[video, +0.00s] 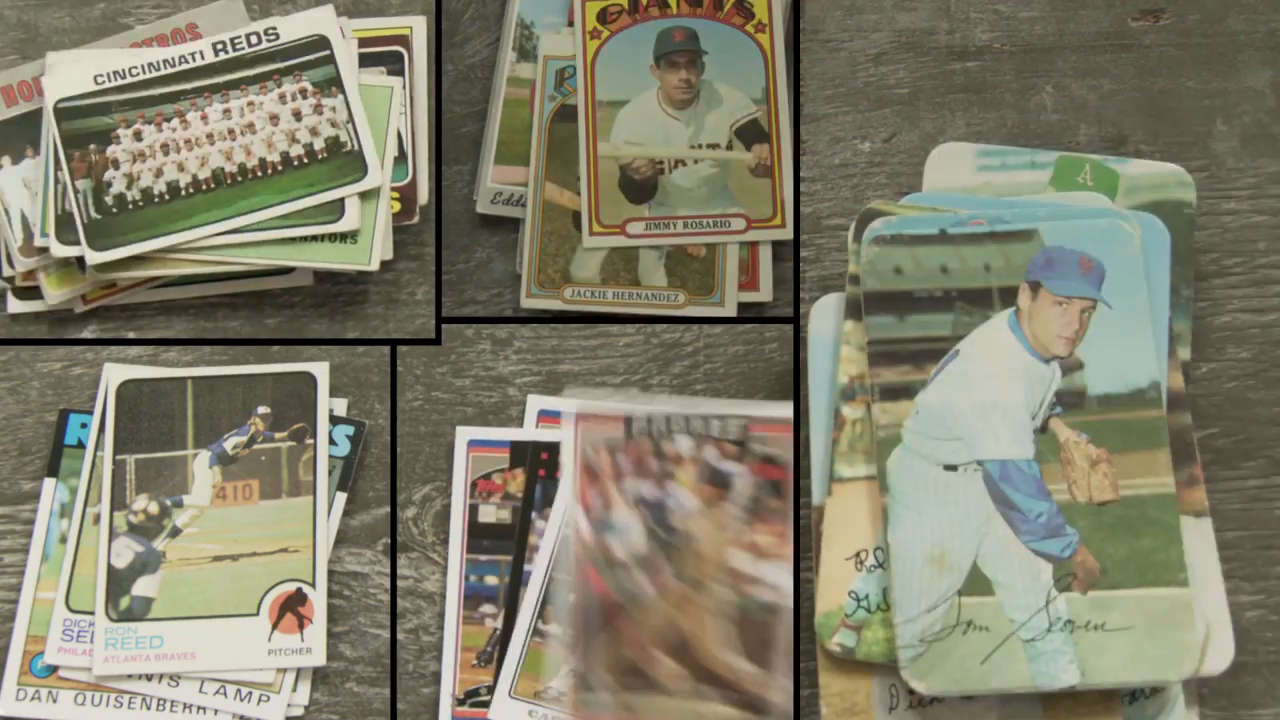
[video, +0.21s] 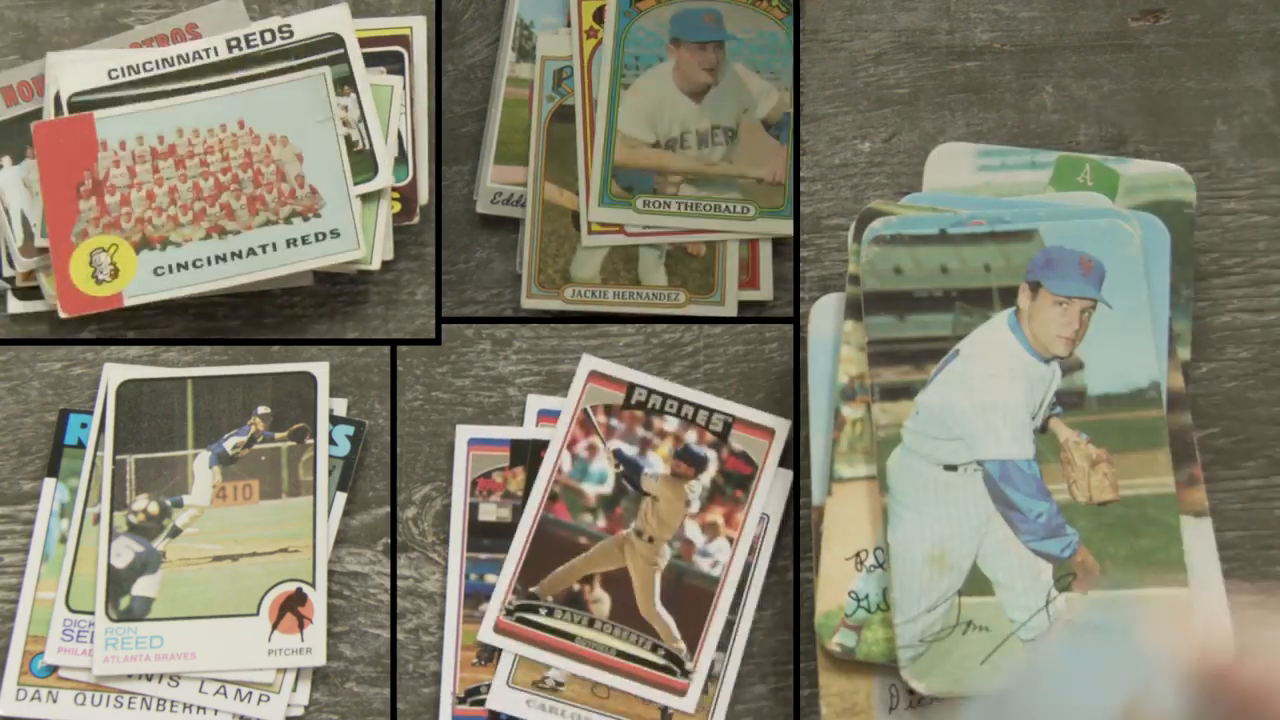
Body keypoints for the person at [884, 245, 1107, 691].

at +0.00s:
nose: (1075, 324)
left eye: (1085, 312)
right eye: (1062, 306)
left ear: (1091, 314)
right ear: (1025, 298)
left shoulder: (1041, 345)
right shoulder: (998, 371)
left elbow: (1033, 398)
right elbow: (1020, 494)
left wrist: (1064, 432)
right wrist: (1075, 553)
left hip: (992, 472)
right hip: (931, 482)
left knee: (1033, 593)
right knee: (923, 620)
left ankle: (1062, 697)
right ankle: (912, 703)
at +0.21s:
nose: (1074, 324)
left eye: (1085, 312)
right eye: (1061, 306)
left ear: (1092, 315)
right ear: (1025, 298)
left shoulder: (1040, 345)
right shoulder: (997, 372)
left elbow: (1037, 394)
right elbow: (1020, 494)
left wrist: (1062, 431)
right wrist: (1078, 556)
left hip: (990, 470)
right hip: (932, 479)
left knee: (1032, 589)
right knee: (924, 622)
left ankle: (1069, 691)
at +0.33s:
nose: (997, 311)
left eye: (1004, 298)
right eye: (978, 300)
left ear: (1014, 306)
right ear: (945, 311)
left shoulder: (1028, 380)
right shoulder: (918, 362)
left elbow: (1092, 467)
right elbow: (1038, 400)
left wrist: (1152, 389)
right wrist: (1104, 369)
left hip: (1032, 570)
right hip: (954, 577)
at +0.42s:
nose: (996, 306)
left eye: (1003, 293)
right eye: (977, 296)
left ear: (1015, 303)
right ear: (946, 310)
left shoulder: (1036, 382)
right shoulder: (919, 359)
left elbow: (1093, 463)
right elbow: (1039, 396)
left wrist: (1153, 386)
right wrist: (1114, 359)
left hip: (1033, 565)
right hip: (952, 573)